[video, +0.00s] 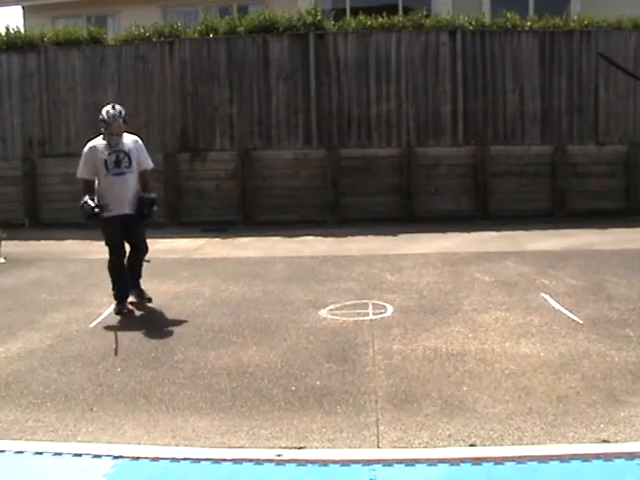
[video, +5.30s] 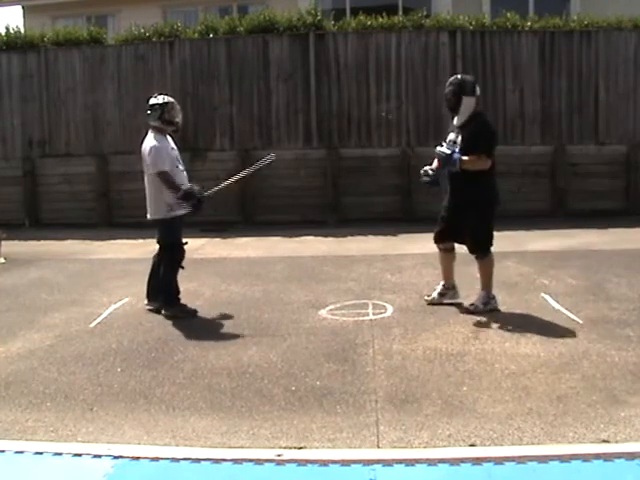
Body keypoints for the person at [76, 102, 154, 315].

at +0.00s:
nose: (116, 131)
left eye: (119, 126)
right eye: (111, 127)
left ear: (124, 124)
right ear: (103, 127)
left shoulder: (134, 143)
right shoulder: (93, 149)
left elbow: (144, 173)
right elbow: (87, 182)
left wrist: (146, 197)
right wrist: (89, 201)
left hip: (133, 209)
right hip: (109, 212)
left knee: (140, 248)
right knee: (117, 254)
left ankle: (133, 283)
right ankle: (120, 298)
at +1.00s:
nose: (141, 129)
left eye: (142, 124)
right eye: (138, 124)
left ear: (143, 125)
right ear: (126, 124)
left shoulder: (145, 144)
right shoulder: (111, 147)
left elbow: (154, 171)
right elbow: (106, 177)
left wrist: (154, 190)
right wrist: (117, 194)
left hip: (141, 206)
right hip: (122, 208)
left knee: (138, 247)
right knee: (127, 248)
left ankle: (134, 287)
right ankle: (124, 291)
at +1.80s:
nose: (135, 126)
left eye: (137, 122)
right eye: (132, 122)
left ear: (138, 122)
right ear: (120, 122)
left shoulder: (135, 143)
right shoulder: (107, 146)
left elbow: (153, 159)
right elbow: (116, 175)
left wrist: (170, 160)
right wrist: (143, 177)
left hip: (138, 209)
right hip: (120, 212)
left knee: (143, 249)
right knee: (130, 252)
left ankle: (135, 287)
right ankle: (130, 300)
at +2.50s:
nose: (154, 118)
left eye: (153, 114)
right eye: (149, 114)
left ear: (142, 117)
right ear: (136, 116)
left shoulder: (144, 140)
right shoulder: (123, 145)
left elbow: (145, 172)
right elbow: (120, 178)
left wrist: (157, 191)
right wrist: (133, 204)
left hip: (152, 208)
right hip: (136, 210)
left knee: (153, 252)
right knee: (139, 253)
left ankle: (151, 294)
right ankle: (132, 298)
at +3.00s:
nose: (159, 115)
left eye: (159, 111)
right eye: (154, 112)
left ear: (154, 115)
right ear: (142, 116)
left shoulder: (155, 138)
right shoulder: (132, 144)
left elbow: (158, 167)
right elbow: (134, 175)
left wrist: (171, 179)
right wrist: (159, 186)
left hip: (160, 207)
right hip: (145, 209)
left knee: (158, 251)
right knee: (151, 252)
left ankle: (154, 295)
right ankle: (145, 300)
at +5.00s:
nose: (173, 117)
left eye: (173, 112)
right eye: (168, 112)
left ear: (165, 116)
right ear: (157, 115)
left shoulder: (164, 140)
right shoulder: (147, 145)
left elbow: (166, 173)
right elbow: (143, 179)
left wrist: (177, 197)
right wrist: (152, 204)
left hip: (171, 206)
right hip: (160, 207)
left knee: (163, 252)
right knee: (169, 252)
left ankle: (154, 297)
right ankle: (170, 301)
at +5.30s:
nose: (176, 117)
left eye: (176, 112)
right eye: (172, 113)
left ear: (157, 116)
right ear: (164, 115)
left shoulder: (164, 139)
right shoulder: (155, 145)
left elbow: (173, 172)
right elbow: (163, 176)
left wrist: (190, 188)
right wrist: (184, 194)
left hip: (170, 207)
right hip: (165, 209)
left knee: (167, 251)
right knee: (173, 253)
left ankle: (155, 296)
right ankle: (170, 301)